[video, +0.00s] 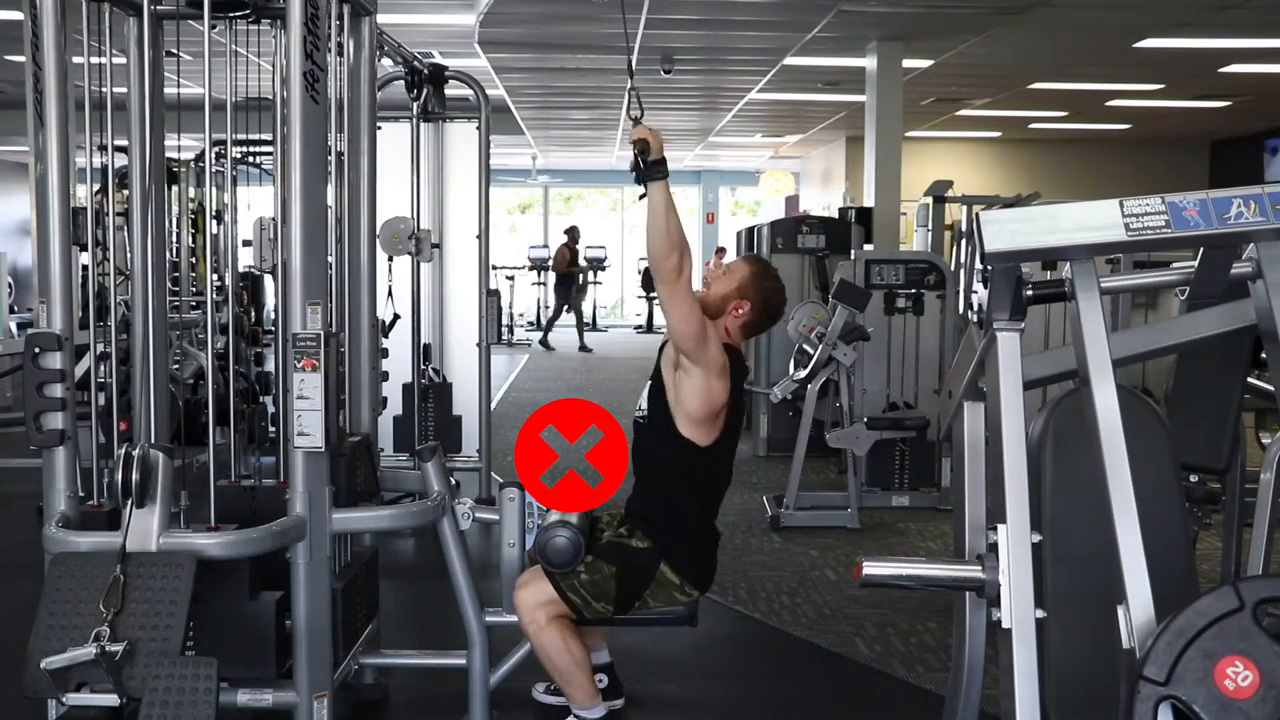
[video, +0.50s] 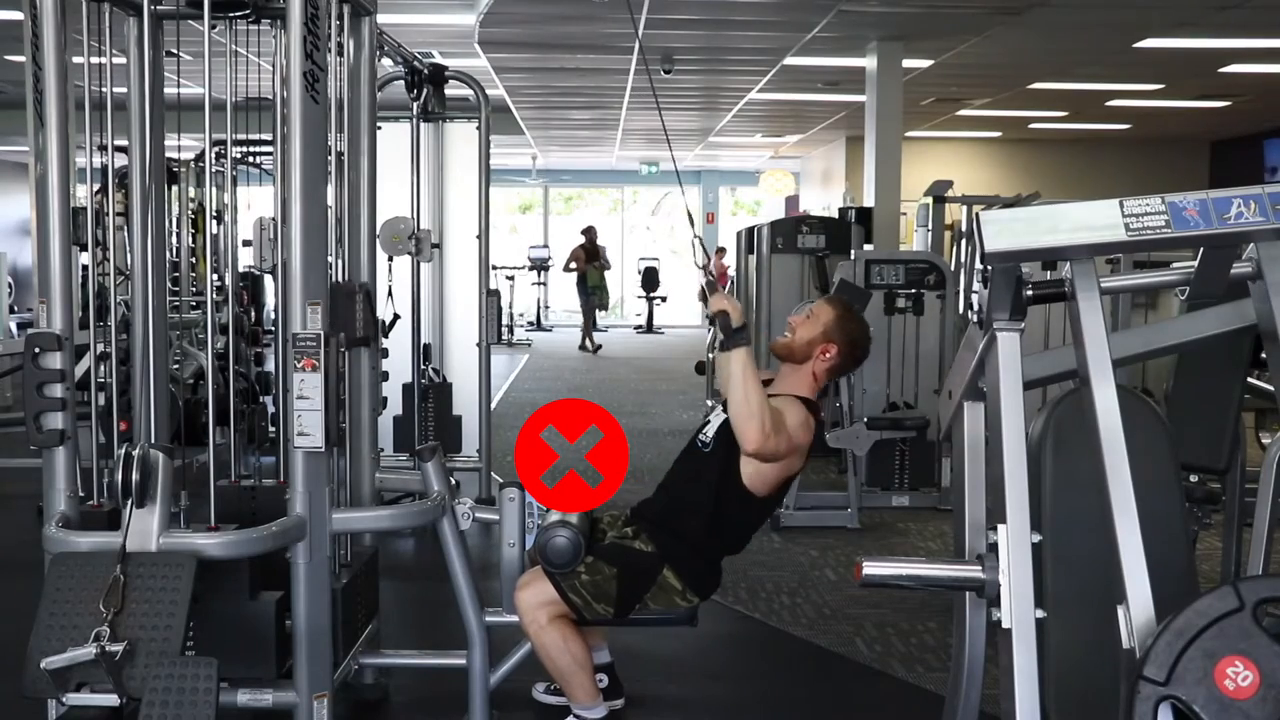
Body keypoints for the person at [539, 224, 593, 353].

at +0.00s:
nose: (579, 236)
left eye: (579, 234)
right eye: (577, 234)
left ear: (574, 236)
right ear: (570, 235)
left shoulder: (575, 250)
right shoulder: (563, 250)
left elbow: (573, 266)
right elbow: (556, 268)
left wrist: (583, 269)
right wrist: (574, 270)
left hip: (571, 285)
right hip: (562, 286)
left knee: (579, 314)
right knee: (556, 314)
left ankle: (582, 342)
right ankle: (543, 338)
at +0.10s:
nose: (584, 236)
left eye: (584, 233)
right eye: (582, 233)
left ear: (583, 234)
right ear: (575, 234)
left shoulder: (582, 249)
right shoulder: (567, 248)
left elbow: (581, 266)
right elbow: (557, 265)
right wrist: (574, 268)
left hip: (579, 285)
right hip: (568, 285)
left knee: (581, 314)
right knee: (566, 313)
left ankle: (582, 343)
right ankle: (550, 333)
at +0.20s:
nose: (588, 234)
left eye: (588, 232)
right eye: (585, 232)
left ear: (588, 233)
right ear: (578, 233)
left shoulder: (587, 248)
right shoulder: (571, 247)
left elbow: (588, 264)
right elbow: (557, 264)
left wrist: (593, 268)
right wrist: (574, 267)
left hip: (585, 282)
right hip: (572, 282)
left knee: (584, 313)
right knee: (575, 311)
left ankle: (582, 343)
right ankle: (560, 332)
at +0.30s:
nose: (591, 234)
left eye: (591, 232)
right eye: (588, 232)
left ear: (591, 233)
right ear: (582, 233)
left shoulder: (593, 248)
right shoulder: (573, 247)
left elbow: (596, 263)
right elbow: (559, 264)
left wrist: (597, 266)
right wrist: (574, 267)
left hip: (589, 279)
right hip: (576, 279)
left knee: (586, 311)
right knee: (580, 310)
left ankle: (582, 342)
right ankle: (573, 338)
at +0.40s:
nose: (593, 235)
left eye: (594, 233)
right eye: (591, 233)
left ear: (594, 234)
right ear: (584, 234)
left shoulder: (597, 249)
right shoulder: (576, 249)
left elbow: (602, 264)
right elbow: (562, 266)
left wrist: (601, 266)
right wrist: (577, 268)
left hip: (593, 279)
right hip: (580, 279)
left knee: (589, 310)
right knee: (584, 309)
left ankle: (583, 341)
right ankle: (583, 342)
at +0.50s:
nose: (595, 236)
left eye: (595, 234)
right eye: (592, 234)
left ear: (596, 235)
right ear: (586, 236)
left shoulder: (600, 249)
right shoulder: (578, 251)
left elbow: (608, 266)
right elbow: (565, 268)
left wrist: (601, 264)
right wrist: (577, 268)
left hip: (597, 282)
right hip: (584, 282)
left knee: (591, 313)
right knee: (587, 314)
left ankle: (583, 342)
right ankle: (593, 344)